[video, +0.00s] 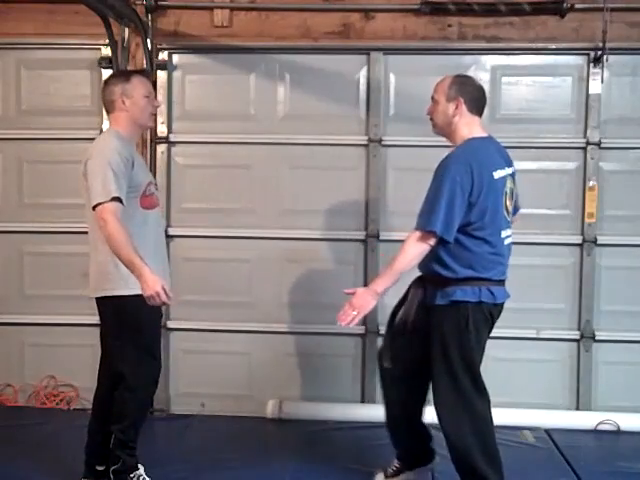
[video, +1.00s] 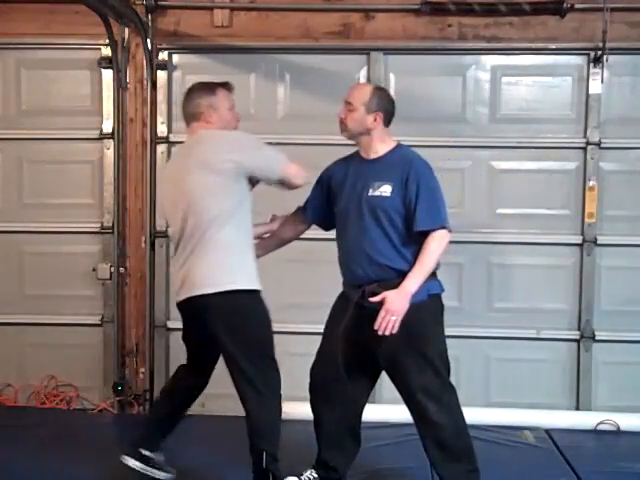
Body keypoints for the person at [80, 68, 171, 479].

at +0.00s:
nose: (156, 105)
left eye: (155, 98)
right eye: (148, 97)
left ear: (127, 105)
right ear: (122, 103)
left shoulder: (127, 151)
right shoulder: (107, 151)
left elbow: (127, 219)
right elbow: (107, 219)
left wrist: (153, 277)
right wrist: (144, 274)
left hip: (132, 287)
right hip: (124, 288)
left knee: (117, 377)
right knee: (139, 377)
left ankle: (98, 464)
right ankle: (122, 465)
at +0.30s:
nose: (155, 106)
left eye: (154, 100)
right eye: (148, 100)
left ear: (127, 107)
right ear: (122, 105)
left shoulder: (129, 152)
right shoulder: (112, 150)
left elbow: (136, 222)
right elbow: (123, 218)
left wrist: (165, 278)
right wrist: (172, 264)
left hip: (138, 284)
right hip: (132, 284)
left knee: (122, 376)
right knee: (168, 367)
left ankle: (100, 462)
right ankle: (156, 463)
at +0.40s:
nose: (155, 108)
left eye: (153, 101)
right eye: (147, 101)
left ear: (128, 108)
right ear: (123, 106)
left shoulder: (127, 150)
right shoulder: (114, 150)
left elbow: (149, 214)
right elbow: (155, 205)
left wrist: (181, 251)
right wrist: (217, 219)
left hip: (141, 281)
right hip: (137, 282)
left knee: (126, 375)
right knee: (175, 365)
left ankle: (99, 462)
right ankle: (187, 466)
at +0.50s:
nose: (158, 108)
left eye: (156, 101)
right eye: (150, 101)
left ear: (127, 111)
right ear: (126, 109)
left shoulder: (127, 152)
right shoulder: (123, 153)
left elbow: (164, 201)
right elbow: (184, 186)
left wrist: (192, 232)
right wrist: (249, 172)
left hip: (141, 282)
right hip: (146, 283)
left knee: (133, 376)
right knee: (183, 370)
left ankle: (100, 461)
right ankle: (215, 463)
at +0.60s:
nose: (163, 110)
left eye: (160, 103)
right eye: (155, 104)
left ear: (131, 112)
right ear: (131, 110)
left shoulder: (128, 153)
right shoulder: (132, 153)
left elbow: (177, 198)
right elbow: (205, 177)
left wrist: (216, 213)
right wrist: (258, 146)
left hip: (147, 286)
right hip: (159, 286)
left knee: (137, 377)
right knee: (199, 375)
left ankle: (101, 461)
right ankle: (236, 465)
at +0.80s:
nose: (195, 113)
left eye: (193, 107)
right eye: (187, 107)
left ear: (162, 116)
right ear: (164, 114)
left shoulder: (152, 157)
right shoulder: (175, 150)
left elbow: (203, 216)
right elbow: (239, 189)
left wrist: (268, 198)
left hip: (171, 291)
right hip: (193, 290)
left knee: (155, 376)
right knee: (229, 385)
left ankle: (105, 456)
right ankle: (254, 471)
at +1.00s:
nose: (236, 115)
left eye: (233, 108)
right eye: (230, 109)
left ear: (196, 118)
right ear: (208, 114)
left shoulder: (169, 169)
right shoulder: (228, 144)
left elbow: (194, 226)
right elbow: (297, 176)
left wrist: (259, 232)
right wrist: (262, 172)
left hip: (191, 292)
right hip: (232, 287)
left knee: (197, 368)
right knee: (261, 381)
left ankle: (145, 446)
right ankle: (266, 469)